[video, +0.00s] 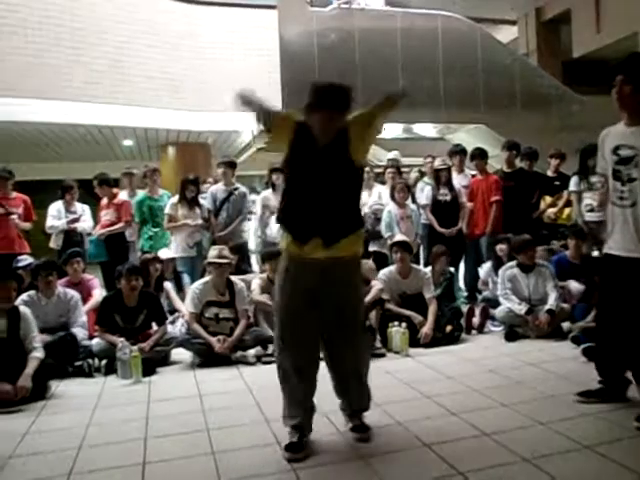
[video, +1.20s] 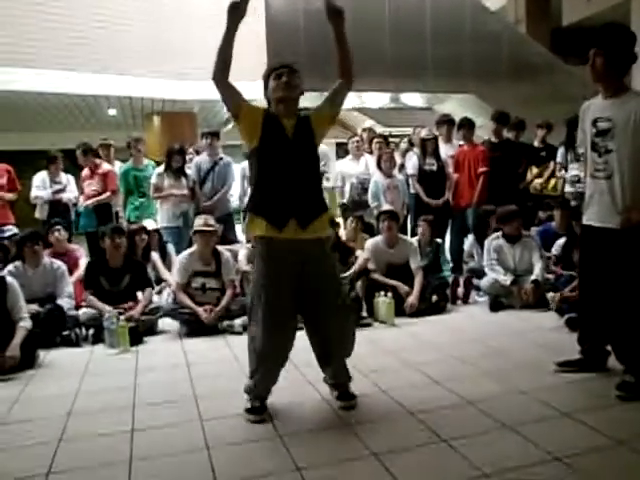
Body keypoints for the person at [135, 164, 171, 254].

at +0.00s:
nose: (154, 178)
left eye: (157, 175)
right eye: (151, 176)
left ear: (160, 177)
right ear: (146, 179)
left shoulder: (167, 196)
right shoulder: (140, 200)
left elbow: (171, 218)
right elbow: (137, 223)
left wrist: (174, 239)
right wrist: (136, 242)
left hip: (165, 240)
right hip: (147, 241)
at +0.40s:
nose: (151, 172)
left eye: (153, 168)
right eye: (148, 169)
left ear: (157, 170)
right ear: (143, 171)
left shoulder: (164, 188)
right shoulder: (137, 191)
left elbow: (168, 210)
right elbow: (135, 214)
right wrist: (133, 233)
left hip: (162, 231)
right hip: (144, 232)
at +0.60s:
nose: (142, 170)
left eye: (144, 167)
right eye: (138, 168)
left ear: (148, 169)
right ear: (133, 170)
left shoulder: (154, 187)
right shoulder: (127, 190)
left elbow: (159, 209)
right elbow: (123, 213)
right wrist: (121, 234)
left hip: (152, 231)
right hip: (134, 232)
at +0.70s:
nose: (137, 170)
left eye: (140, 166)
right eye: (134, 167)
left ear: (143, 169)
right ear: (129, 170)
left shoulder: (149, 188)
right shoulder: (123, 191)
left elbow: (154, 209)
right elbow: (120, 214)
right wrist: (118, 234)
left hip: (147, 228)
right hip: (130, 229)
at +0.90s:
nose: (135, 149)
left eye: (137, 145)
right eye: (132, 146)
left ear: (141, 148)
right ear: (127, 149)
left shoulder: (148, 166)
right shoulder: (121, 170)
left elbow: (152, 188)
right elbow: (119, 193)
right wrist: (118, 214)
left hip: (146, 209)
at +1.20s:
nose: (138, 149)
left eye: (141, 145)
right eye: (135, 146)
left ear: (144, 147)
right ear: (130, 149)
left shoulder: (151, 166)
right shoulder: (125, 170)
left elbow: (156, 188)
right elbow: (123, 192)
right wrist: (122, 214)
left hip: (150, 210)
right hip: (133, 212)